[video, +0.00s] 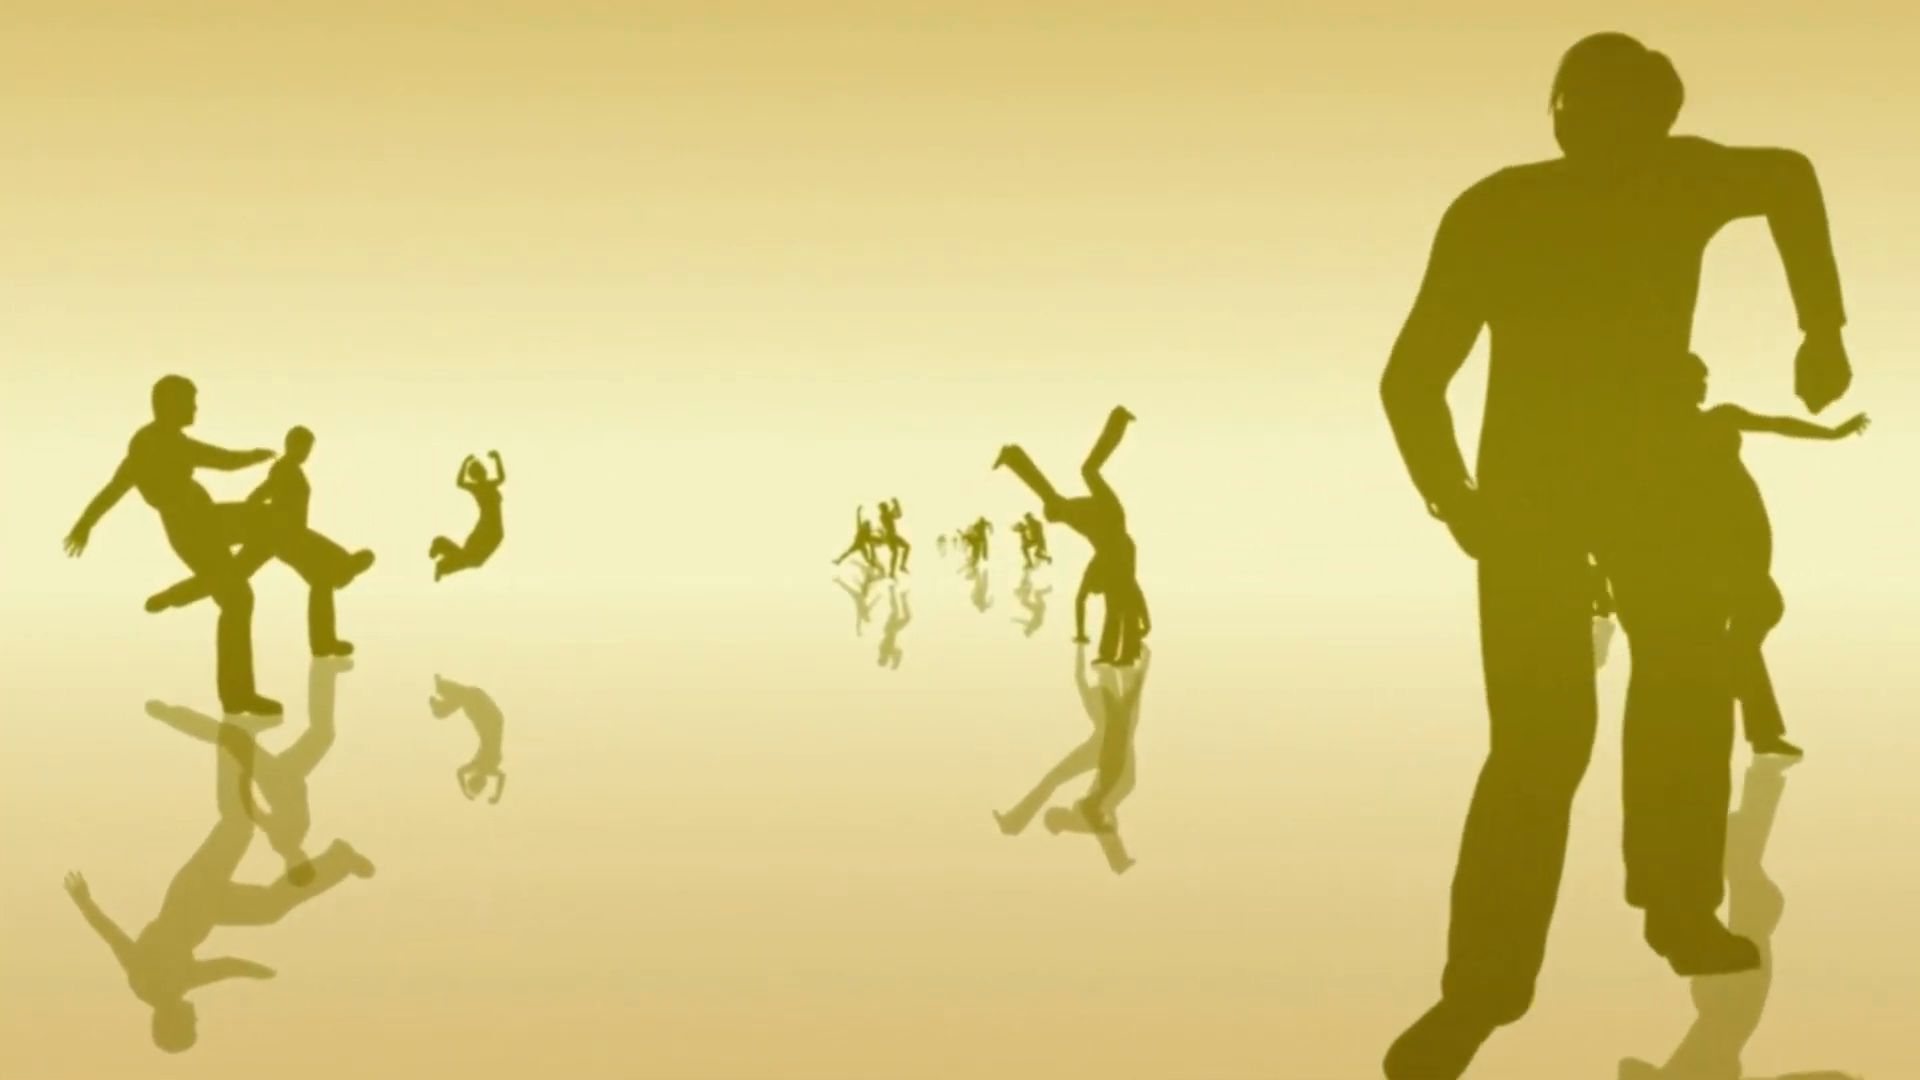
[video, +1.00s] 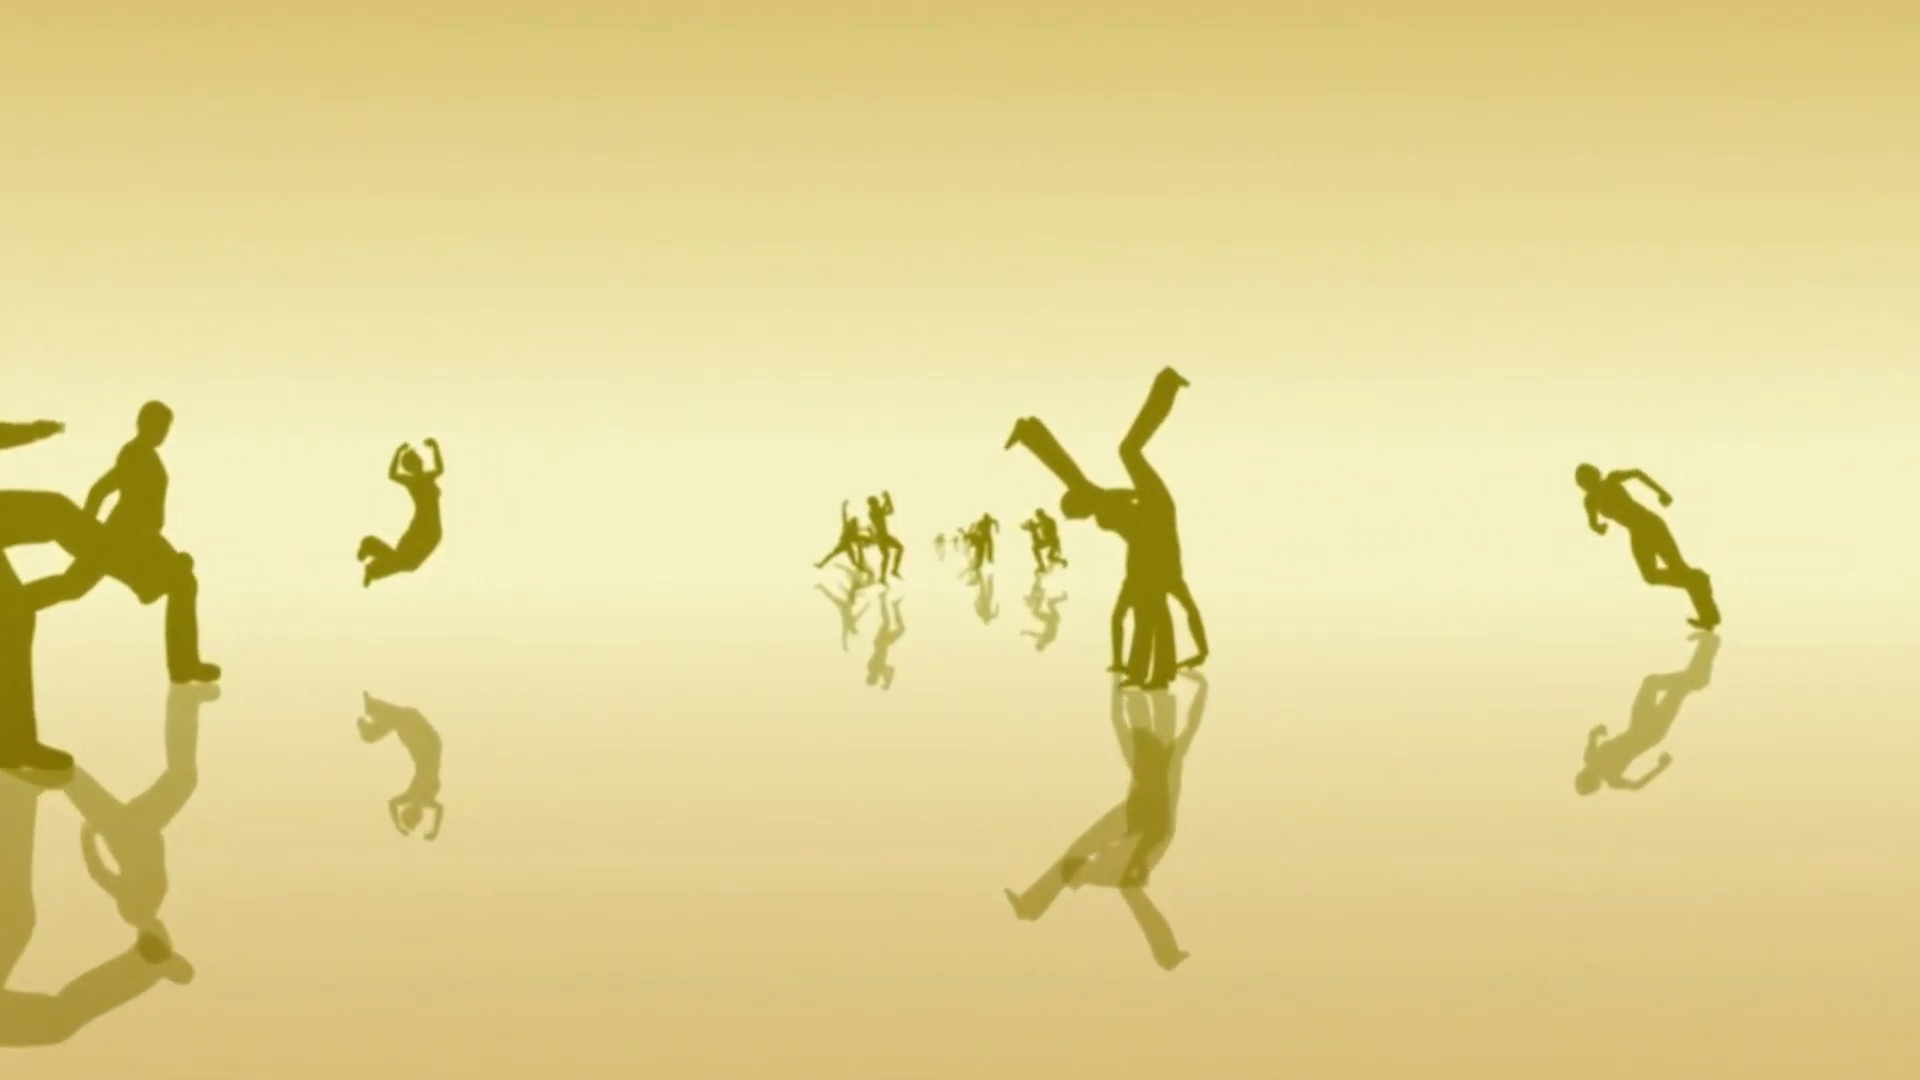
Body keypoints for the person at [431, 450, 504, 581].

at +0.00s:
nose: (480, 473)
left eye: (481, 469)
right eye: (476, 471)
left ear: (485, 470)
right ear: (472, 474)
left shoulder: (491, 485)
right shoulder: (475, 487)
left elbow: (501, 478)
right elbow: (460, 483)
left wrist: (497, 459)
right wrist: (465, 463)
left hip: (496, 529)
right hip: (484, 526)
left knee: (477, 561)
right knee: (468, 556)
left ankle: (444, 567)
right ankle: (442, 544)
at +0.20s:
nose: (468, 470)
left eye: (469, 466)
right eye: (464, 468)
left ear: (473, 468)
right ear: (460, 472)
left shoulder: (479, 483)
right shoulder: (464, 486)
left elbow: (490, 477)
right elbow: (448, 481)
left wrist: (486, 457)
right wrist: (453, 461)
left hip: (485, 528)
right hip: (472, 525)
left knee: (466, 561)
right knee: (456, 556)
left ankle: (431, 568)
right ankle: (429, 545)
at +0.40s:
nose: (456, 468)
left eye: (456, 464)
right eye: (452, 466)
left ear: (460, 465)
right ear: (448, 470)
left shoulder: (467, 481)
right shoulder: (451, 484)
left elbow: (478, 475)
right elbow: (435, 480)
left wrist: (474, 455)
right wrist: (439, 460)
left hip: (473, 529)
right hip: (460, 525)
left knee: (453, 562)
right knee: (444, 557)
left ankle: (417, 569)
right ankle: (415, 544)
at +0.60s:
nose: (443, 466)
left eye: (443, 462)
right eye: (439, 464)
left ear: (448, 463)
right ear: (435, 469)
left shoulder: (455, 481)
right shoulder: (438, 483)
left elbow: (466, 473)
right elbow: (421, 478)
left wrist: (462, 453)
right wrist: (426, 458)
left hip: (461, 528)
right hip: (447, 525)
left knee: (440, 563)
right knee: (431, 558)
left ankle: (403, 570)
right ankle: (401, 545)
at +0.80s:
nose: (429, 464)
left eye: (430, 460)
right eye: (425, 463)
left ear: (434, 461)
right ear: (421, 467)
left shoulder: (441, 479)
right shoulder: (425, 482)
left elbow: (453, 472)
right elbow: (407, 477)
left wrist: (449, 450)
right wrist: (412, 456)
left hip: (448, 528)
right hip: (434, 524)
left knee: (426, 564)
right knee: (417, 558)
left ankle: (389, 571)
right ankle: (386, 545)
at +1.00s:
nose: (416, 464)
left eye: (416, 459)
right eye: (411, 462)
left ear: (421, 460)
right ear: (407, 466)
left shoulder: (428, 477)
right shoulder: (410, 480)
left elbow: (439, 470)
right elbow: (392, 475)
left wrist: (435, 448)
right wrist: (398, 453)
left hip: (434, 528)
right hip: (420, 524)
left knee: (412, 564)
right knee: (402, 559)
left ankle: (374, 571)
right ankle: (371, 545)